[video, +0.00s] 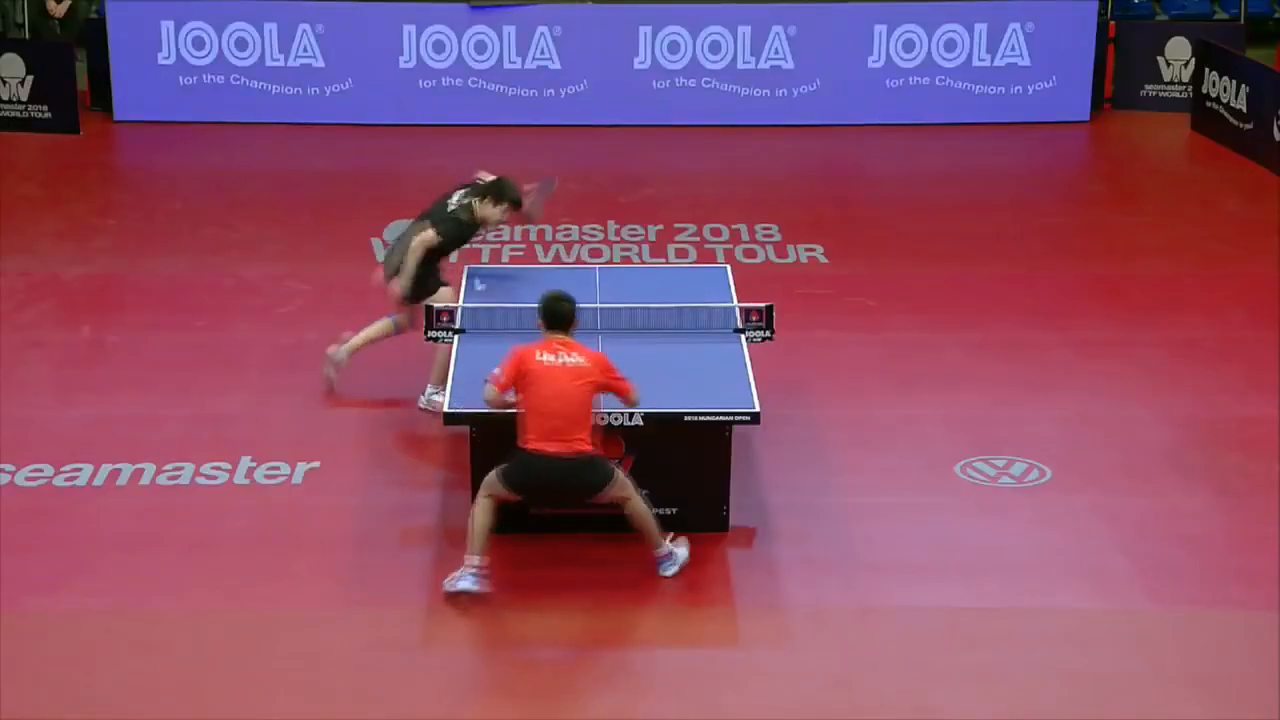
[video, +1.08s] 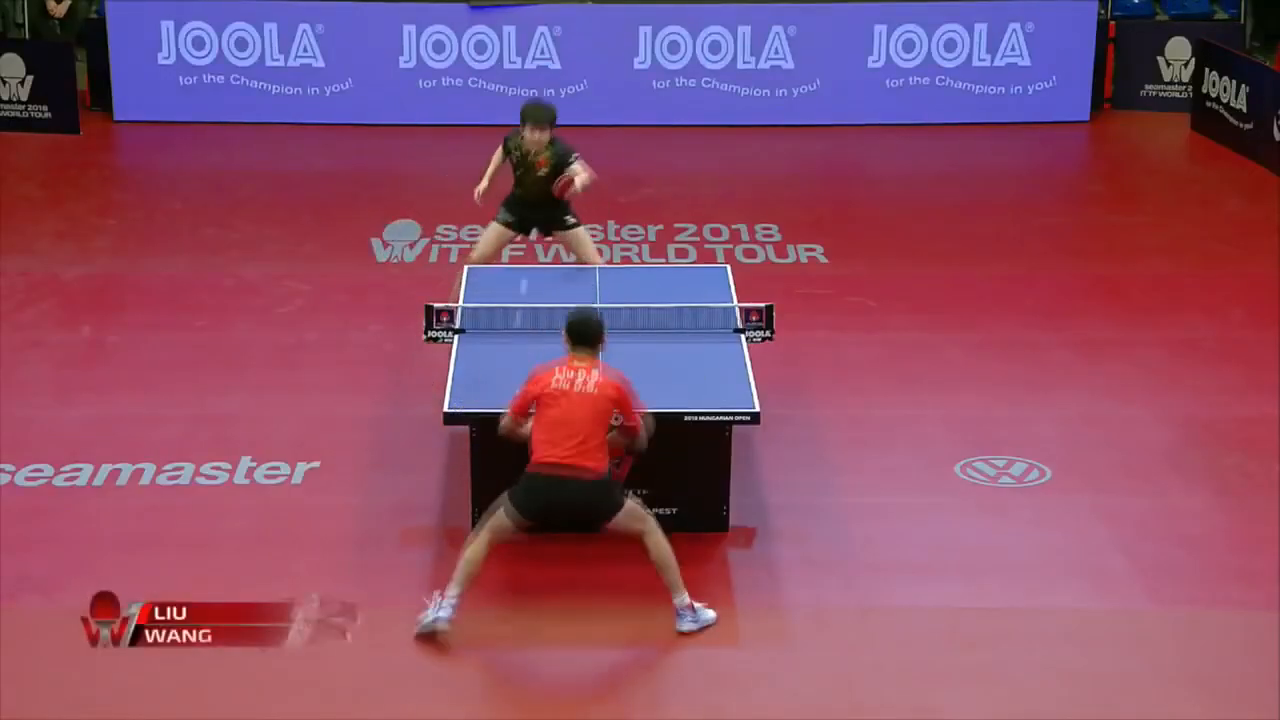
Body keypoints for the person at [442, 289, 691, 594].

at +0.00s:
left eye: (542, 317)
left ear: (541, 323)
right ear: (574, 323)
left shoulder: (523, 355)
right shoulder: (594, 360)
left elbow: (492, 397)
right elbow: (632, 398)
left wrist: (519, 401)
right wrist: (604, 381)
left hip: (532, 463)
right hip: (582, 464)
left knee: (487, 493)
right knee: (628, 495)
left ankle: (472, 571)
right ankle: (664, 554)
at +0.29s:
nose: (553, 339)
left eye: (554, 335)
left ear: (556, 339)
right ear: (587, 337)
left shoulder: (546, 371)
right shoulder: (612, 365)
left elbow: (536, 393)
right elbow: (643, 373)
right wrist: (605, 375)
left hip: (577, 479)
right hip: (623, 477)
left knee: (507, 489)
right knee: (646, 472)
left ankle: (487, 576)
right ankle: (669, 555)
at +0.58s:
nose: (569, 341)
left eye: (570, 336)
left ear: (573, 339)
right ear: (607, 336)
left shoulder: (568, 365)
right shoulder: (629, 356)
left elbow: (550, 390)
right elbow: (649, 356)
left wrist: (547, 382)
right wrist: (629, 347)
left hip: (591, 474)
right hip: (635, 473)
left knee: (515, 492)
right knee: (649, 470)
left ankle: (487, 576)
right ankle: (669, 554)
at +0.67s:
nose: (570, 317)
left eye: (570, 312)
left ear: (572, 316)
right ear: (605, 313)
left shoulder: (563, 349)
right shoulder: (632, 341)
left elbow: (520, 394)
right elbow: (675, 376)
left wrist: (481, 423)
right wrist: (691, 371)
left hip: (584, 456)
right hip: (628, 457)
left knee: (511, 491)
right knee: (643, 475)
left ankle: (488, 578)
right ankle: (669, 554)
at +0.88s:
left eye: (559, 313)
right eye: (591, 312)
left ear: (558, 317)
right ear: (593, 316)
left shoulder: (543, 357)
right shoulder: (615, 354)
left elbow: (494, 400)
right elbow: (658, 397)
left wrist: (482, 393)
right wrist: (668, 386)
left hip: (560, 468)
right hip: (613, 466)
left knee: (509, 507)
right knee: (649, 493)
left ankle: (491, 593)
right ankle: (670, 571)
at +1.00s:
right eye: (599, 330)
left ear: (564, 332)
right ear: (599, 332)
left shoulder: (543, 366)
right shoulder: (614, 370)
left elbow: (508, 415)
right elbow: (648, 410)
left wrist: (534, 422)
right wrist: (645, 429)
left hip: (544, 475)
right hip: (595, 478)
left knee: (488, 517)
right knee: (650, 522)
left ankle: (454, 593)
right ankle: (685, 601)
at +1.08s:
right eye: (601, 338)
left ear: (566, 340)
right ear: (602, 341)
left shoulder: (543, 376)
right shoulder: (615, 382)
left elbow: (509, 427)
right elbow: (638, 439)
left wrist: (543, 435)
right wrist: (602, 439)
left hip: (540, 487)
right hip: (591, 490)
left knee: (486, 535)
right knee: (648, 527)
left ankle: (445, 606)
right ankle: (685, 608)